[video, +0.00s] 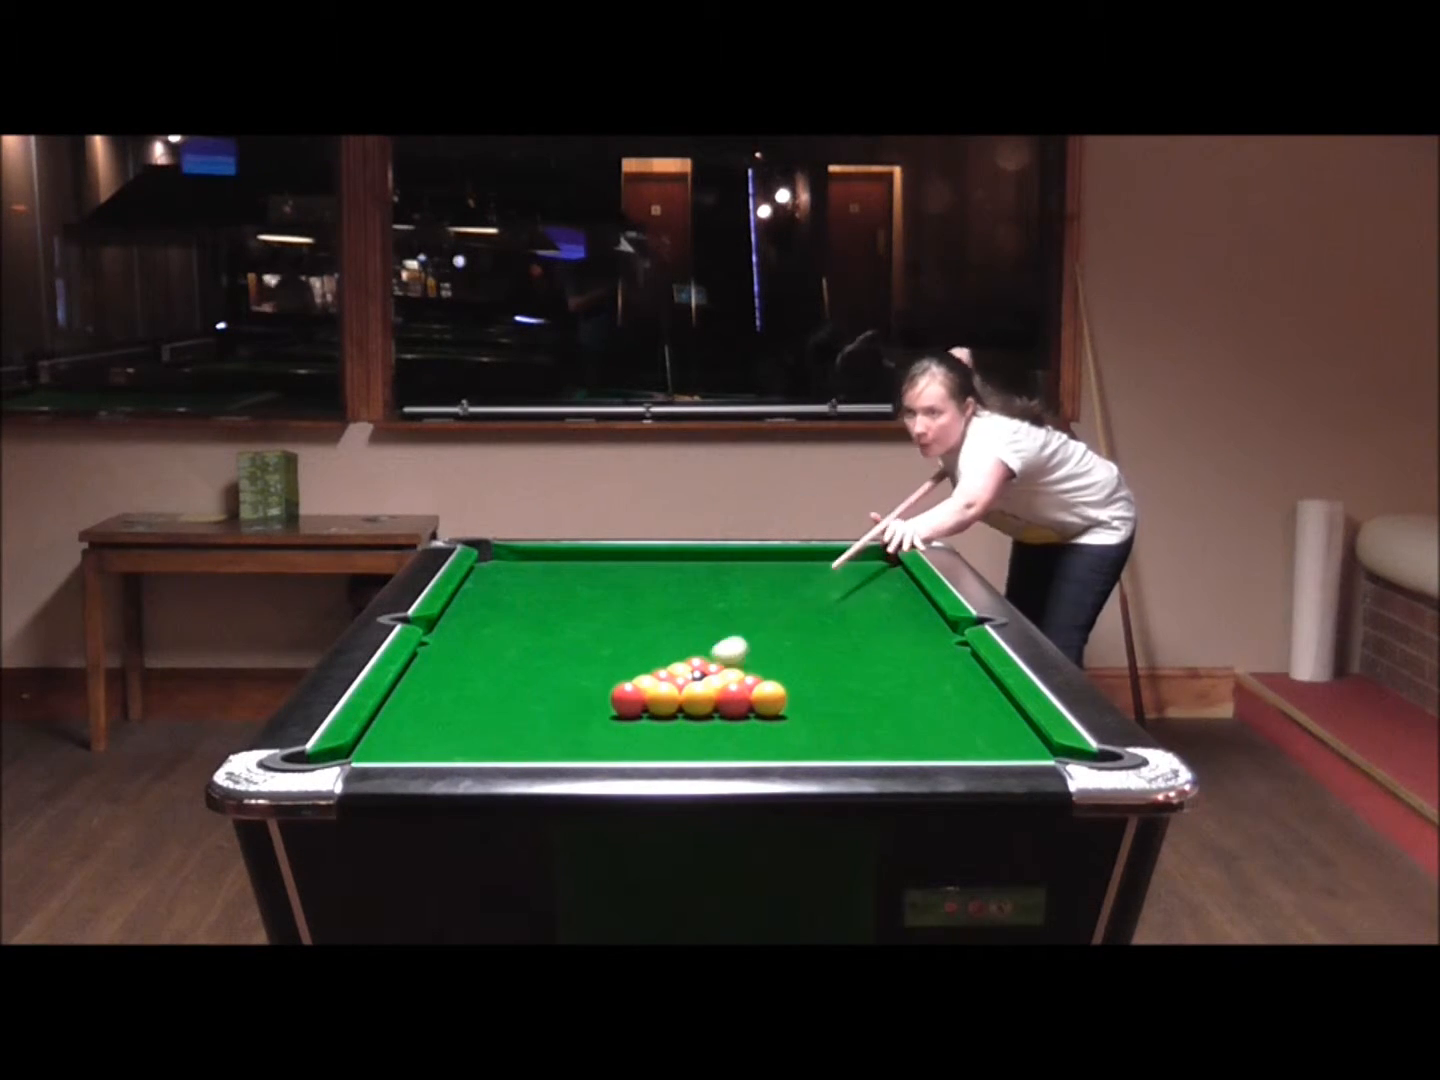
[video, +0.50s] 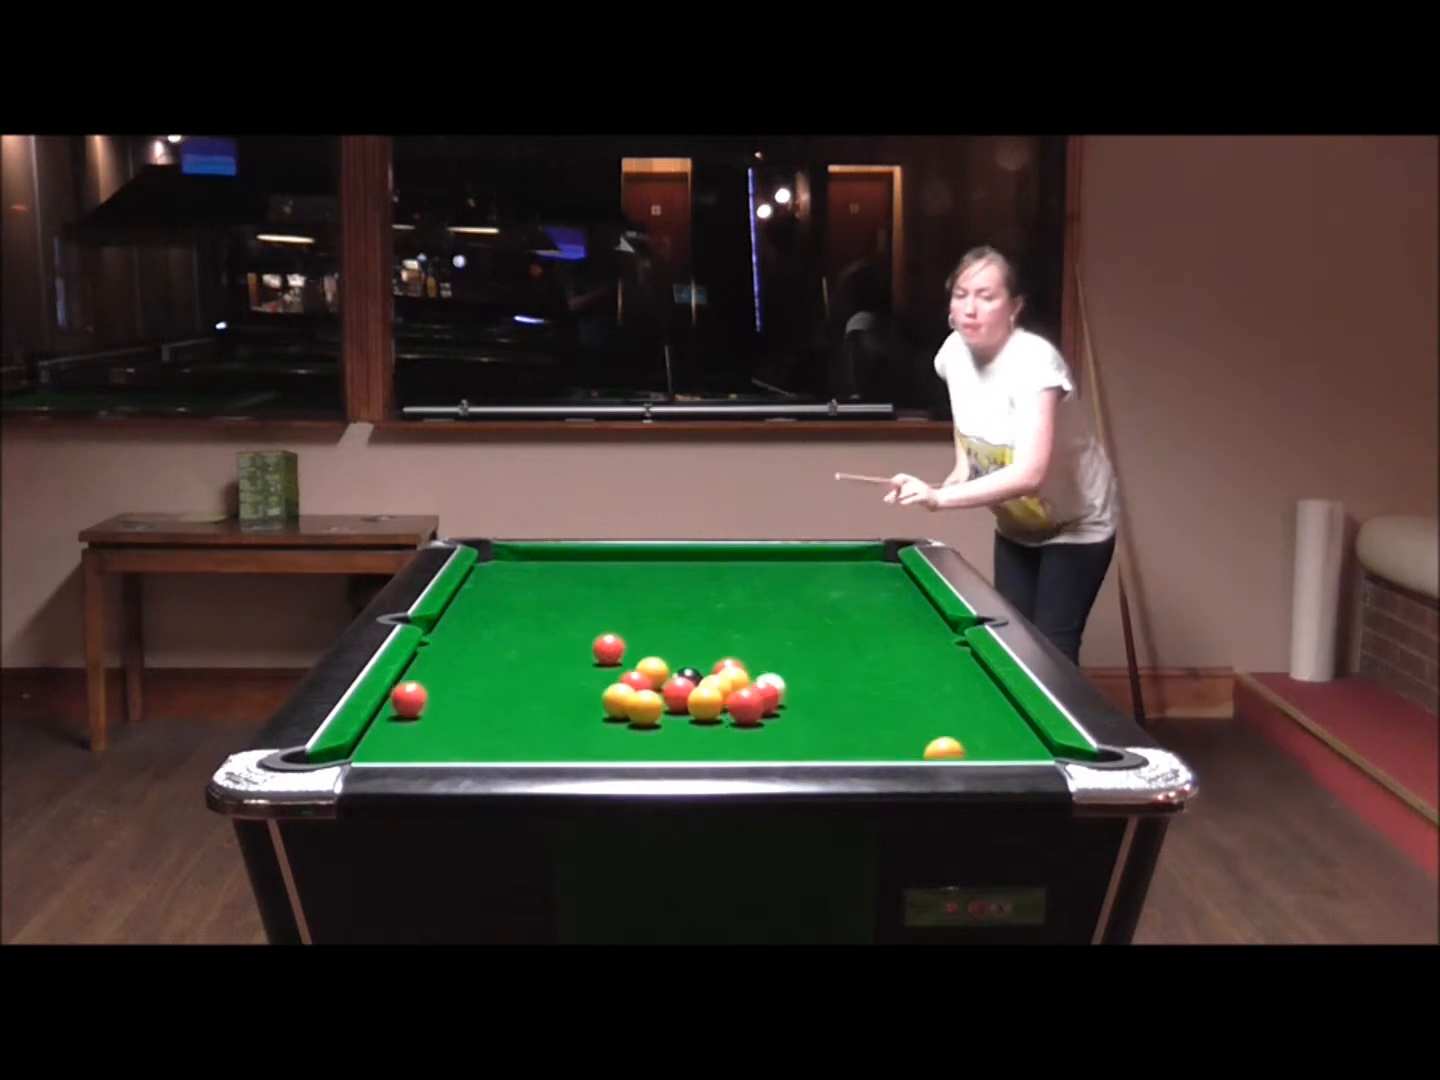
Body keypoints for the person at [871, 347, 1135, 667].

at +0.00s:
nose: (918, 428)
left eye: (932, 413)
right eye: (910, 414)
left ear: (967, 409)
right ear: (901, 414)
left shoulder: (991, 441)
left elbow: (969, 505)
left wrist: (914, 529)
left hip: (1096, 525)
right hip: (1037, 529)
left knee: (1057, 649)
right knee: (1015, 638)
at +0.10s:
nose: (926, 405)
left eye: (942, 389)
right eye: (919, 390)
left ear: (977, 388)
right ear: (910, 391)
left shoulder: (1002, 423)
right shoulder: (956, 428)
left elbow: (974, 500)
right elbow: (965, 485)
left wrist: (918, 528)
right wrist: (909, 509)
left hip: (1094, 528)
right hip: (1035, 531)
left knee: (1057, 649)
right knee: (1016, 641)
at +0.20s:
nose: (936, 381)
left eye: (952, 367)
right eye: (928, 367)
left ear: (985, 368)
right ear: (920, 369)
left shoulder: (1010, 407)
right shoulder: (946, 406)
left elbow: (981, 492)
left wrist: (916, 523)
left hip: (1091, 527)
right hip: (1031, 528)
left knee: (1055, 650)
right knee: (1015, 642)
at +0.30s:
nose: (948, 348)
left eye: (964, 335)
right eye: (940, 334)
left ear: (996, 341)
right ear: (931, 340)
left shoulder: (1020, 386)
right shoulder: (942, 377)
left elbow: (998, 487)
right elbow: (969, 454)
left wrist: (924, 520)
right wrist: (945, 507)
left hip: (1086, 525)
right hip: (1027, 526)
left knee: (1054, 650)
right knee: (1014, 644)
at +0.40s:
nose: (956, 331)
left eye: (973, 317)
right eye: (948, 316)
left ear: (1004, 326)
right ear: (939, 323)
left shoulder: (1027, 376)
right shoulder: (946, 369)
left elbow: (1012, 482)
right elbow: (970, 430)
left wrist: (930, 510)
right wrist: (962, 471)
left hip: (1080, 527)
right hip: (1021, 525)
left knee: (1052, 649)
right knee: (1011, 644)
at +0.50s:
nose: (969, 309)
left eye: (986, 297)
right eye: (960, 296)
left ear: (1015, 307)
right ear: (950, 303)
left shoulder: (1037, 361)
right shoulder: (953, 355)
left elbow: (1030, 473)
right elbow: (969, 431)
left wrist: (939, 497)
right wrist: (959, 475)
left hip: (1076, 528)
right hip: (1016, 524)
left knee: (1051, 653)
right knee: (1007, 648)